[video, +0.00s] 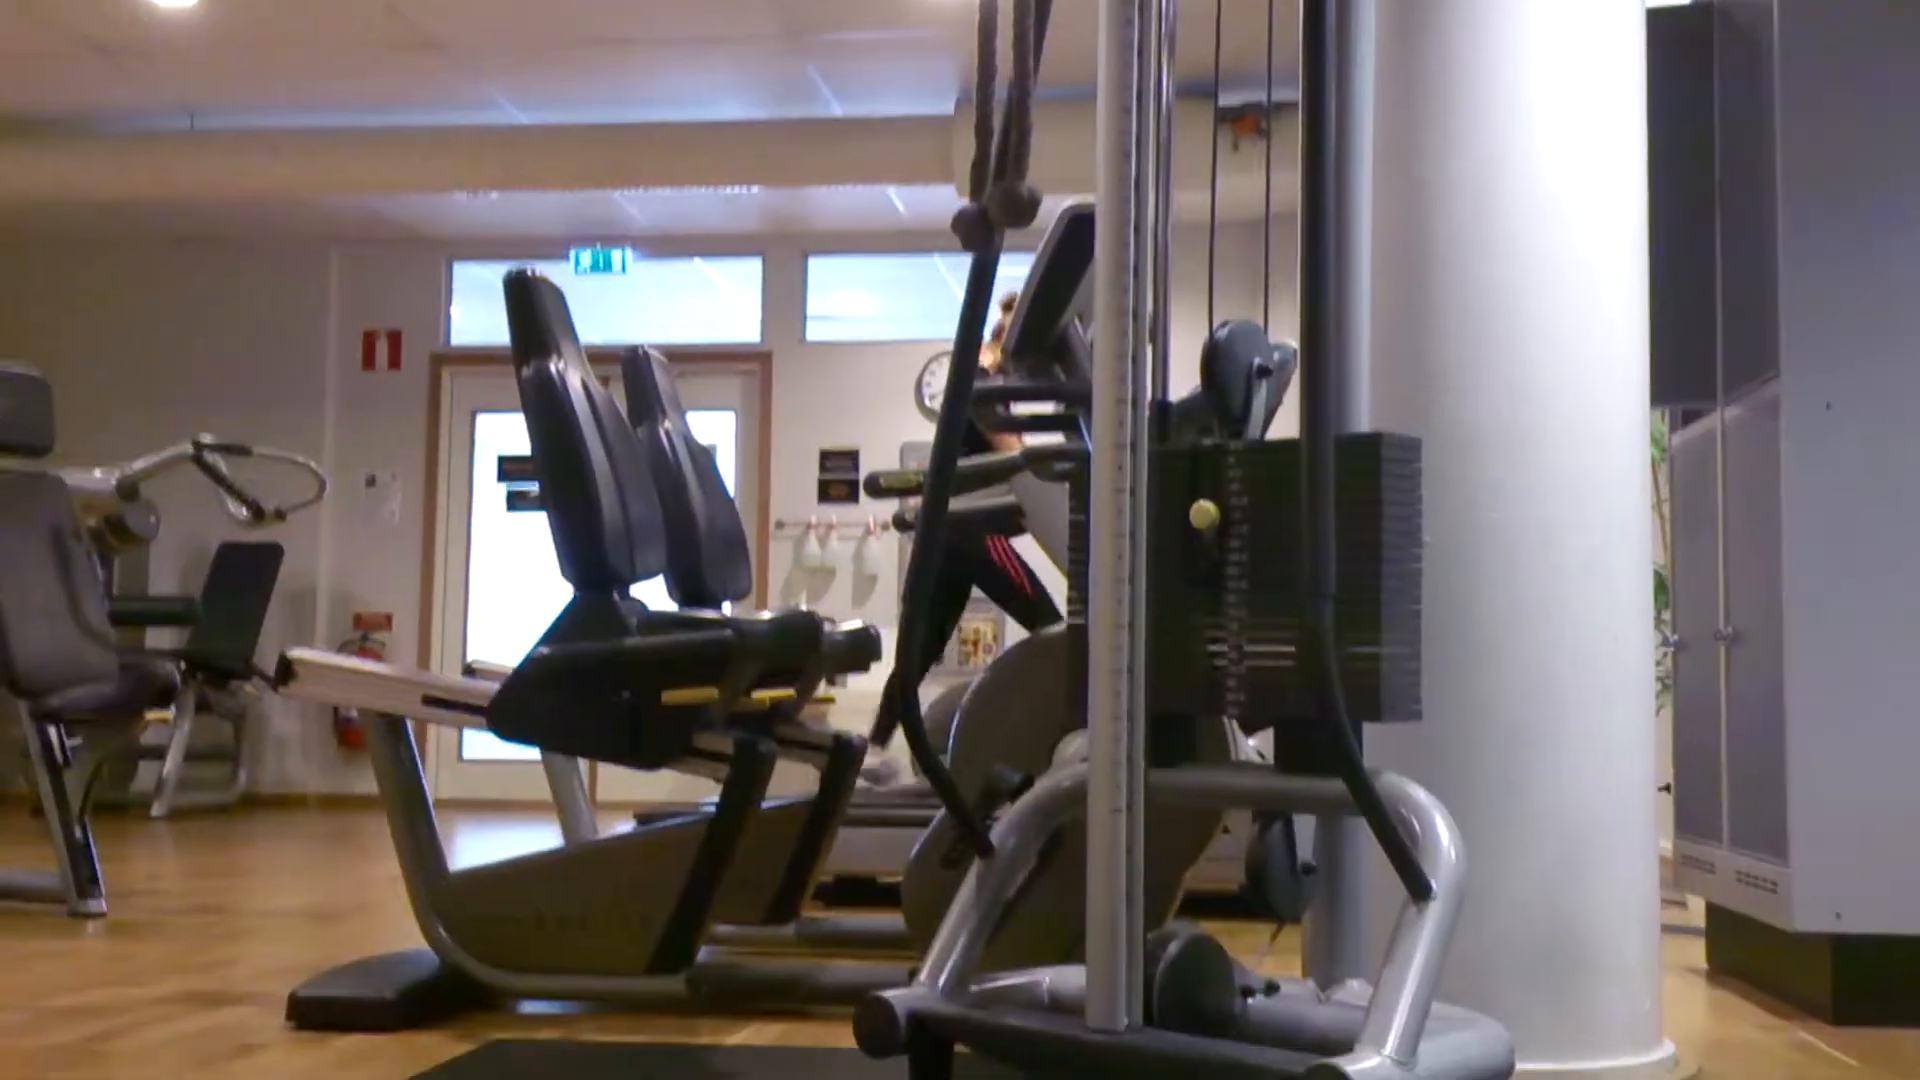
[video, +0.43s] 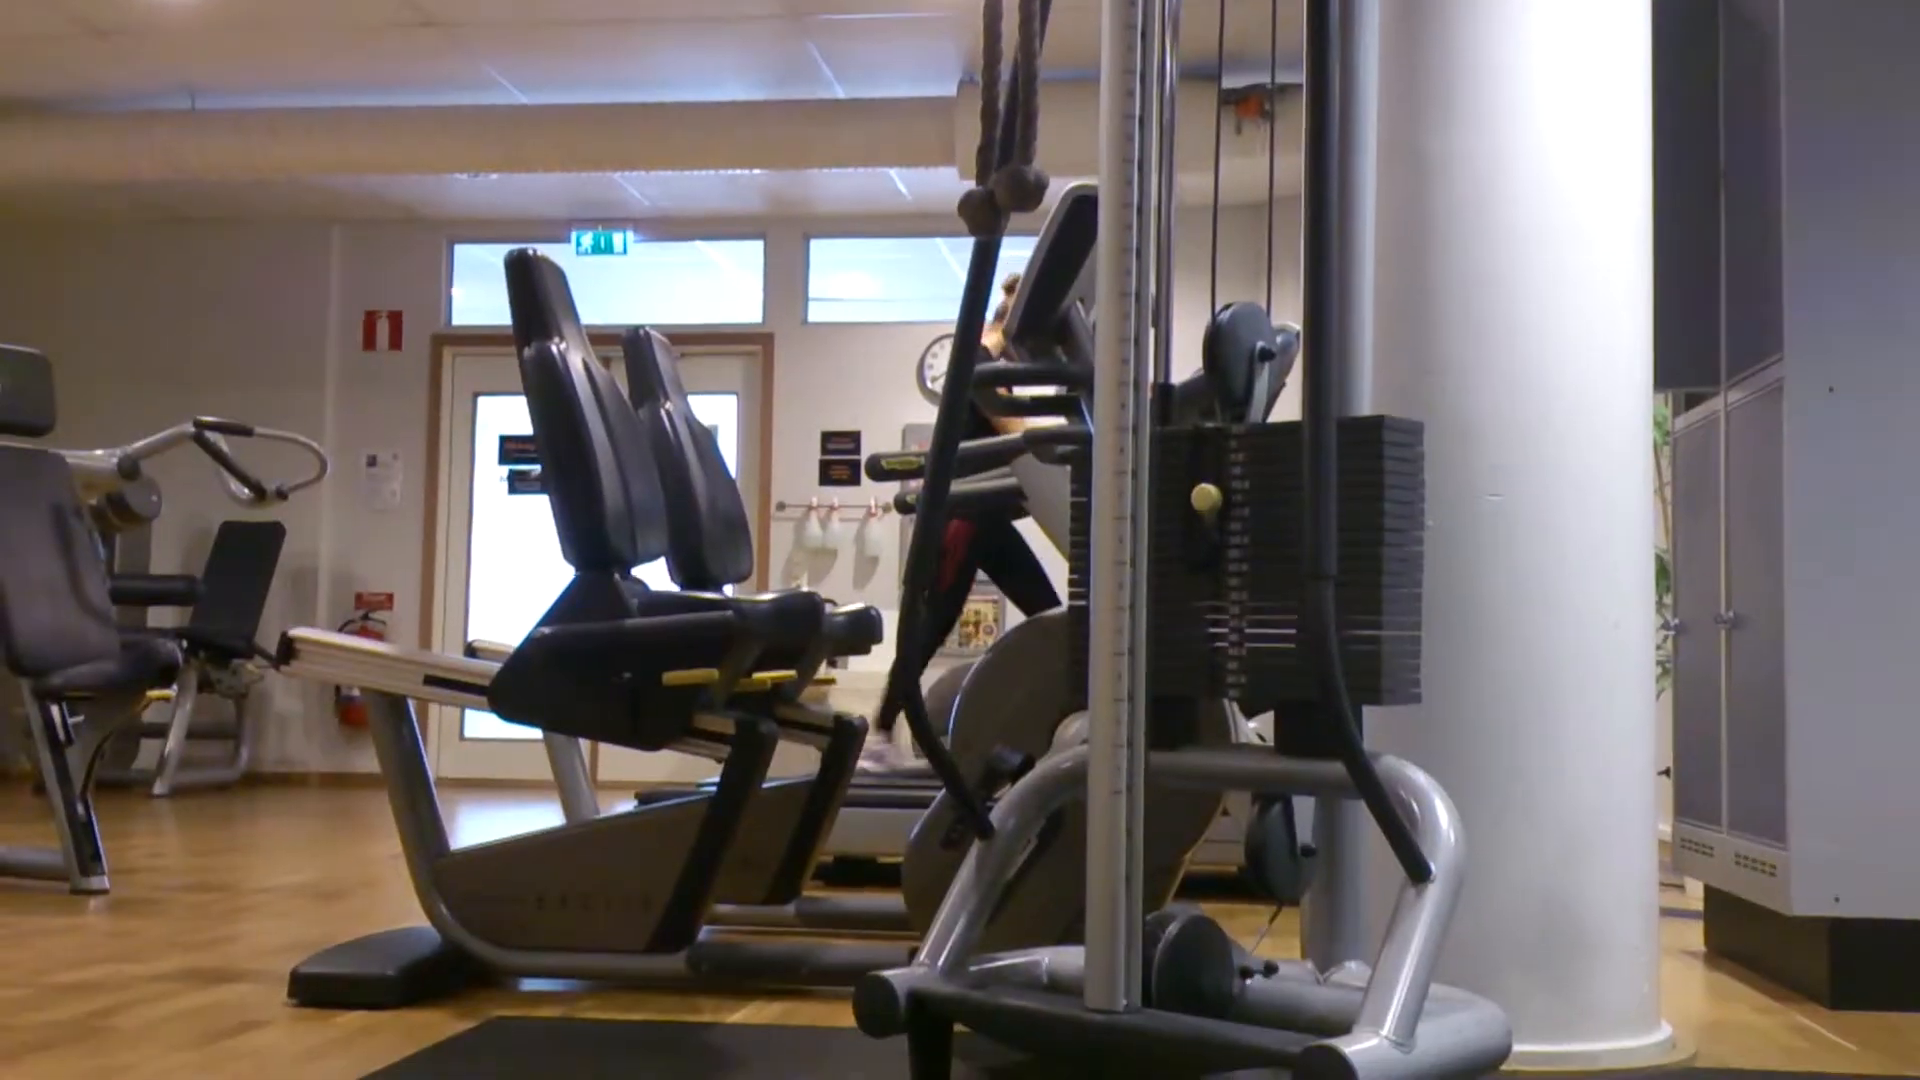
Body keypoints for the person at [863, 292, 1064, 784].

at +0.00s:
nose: (1035, 345)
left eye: (1034, 334)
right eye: (1032, 333)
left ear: (1004, 324)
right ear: (1014, 328)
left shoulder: (982, 377)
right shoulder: (983, 381)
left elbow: (1008, 450)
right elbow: (1011, 451)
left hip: (951, 525)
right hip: (973, 527)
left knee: (921, 647)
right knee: (1048, 623)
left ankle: (874, 748)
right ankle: (1072, 735)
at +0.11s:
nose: (1034, 346)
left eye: (1033, 334)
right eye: (1031, 334)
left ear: (1005, 325)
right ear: (1015, 328)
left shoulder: (978, 374)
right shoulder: (987, 377)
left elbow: (1009, 448)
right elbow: (1013, 449)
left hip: (959, 525)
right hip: (982, 528)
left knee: (958, 657)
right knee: (1048, 633)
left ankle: (876, 722)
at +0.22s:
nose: (1033, 336)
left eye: (1032, 326)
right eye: (1031, 325)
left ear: (1002, 314)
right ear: (1017, 319)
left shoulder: (986, 364)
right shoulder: (986, 368)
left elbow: (1003, 429)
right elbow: (1013, 428)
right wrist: (1068, 437)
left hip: (976, 506)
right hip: (972, 508)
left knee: (1010, 620)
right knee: (1010, 621)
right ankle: (949, 697)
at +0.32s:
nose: (1031, 324)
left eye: (1032, 314)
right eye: (1027, 312)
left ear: (1006, 310)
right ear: (1010, 309)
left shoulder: (1000, 361)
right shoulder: (980, 357)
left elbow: (1018, 423)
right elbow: (1013, 423)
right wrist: (1067, 428)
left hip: (987, 511)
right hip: (961, 512)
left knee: (1046, 605)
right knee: (950, 623)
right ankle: (929, 731)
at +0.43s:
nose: (1028, 315)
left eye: (1031, 305)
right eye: (1026, 303)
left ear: (1015, 305)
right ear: (1010, 302)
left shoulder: (1001, 357)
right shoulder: (982, 357)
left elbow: (1012, 428)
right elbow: (1013, 428)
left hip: (988, 514)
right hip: (960, 513)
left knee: (1049, 616)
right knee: (931, 626)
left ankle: (1055, 725)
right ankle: (880, 734)